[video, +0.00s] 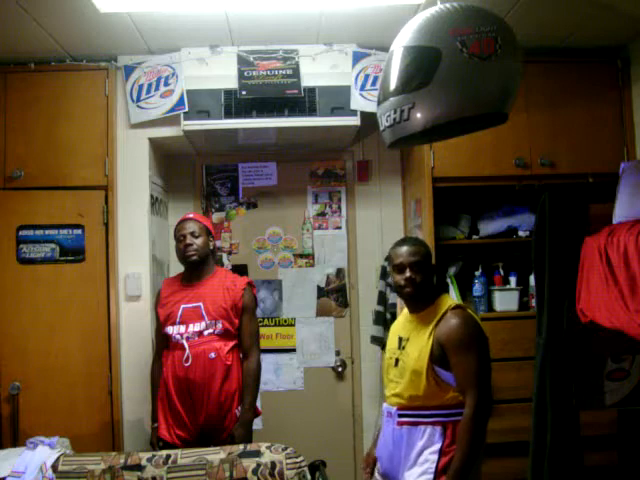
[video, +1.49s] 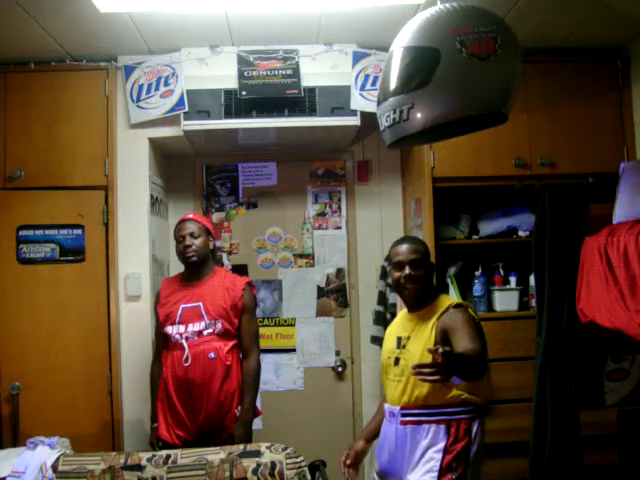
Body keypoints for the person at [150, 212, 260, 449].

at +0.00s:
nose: (187, 241)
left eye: (195, 235)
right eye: (180, 238)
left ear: (211, 242)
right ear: (176, 248)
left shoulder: (237, 288)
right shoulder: (167, 290)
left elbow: (251, 355)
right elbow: (160, 355)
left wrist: (246, 417)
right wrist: (157, 419)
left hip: (225, 416)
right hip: (176, 416)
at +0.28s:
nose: (187, 241)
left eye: (195, 235)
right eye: (180, 238)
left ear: (211, 242)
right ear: (176, 248)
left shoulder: (237, 288)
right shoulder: (167, 290)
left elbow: (251, 355)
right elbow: (160, 355)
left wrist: (246, 417)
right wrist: (157, 420)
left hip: (225, 416)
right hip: (176, 417)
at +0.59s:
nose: (187, 241)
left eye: (195, 235)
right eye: (180, 238)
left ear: (211, 242)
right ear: (175, 248)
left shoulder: (237, 288)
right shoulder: (166, 290)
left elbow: (251, 355)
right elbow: (159, 356)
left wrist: (245, 418)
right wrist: (156, 420)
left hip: (225, 417)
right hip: (175, 418)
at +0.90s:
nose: (186, 241)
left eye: (194, 234)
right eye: (179, 237)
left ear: (210, 242)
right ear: (175, 248)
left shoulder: (237, 288)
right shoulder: (166, 290)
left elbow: (251, 355)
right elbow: (159, 355)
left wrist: (245, 419)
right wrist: (157, 419)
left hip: (225, 416)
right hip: (176, 417)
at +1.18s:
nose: (186, 241)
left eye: (194, 234)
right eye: (180, 238)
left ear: (210, 242)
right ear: (176, 248)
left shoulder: (237, 288)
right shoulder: (166, 290)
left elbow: (251, 355)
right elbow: (159, 356)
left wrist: (245, 418)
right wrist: (157, 419)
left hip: (225, 416)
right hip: (176, 417)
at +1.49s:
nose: (187, 243)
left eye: (194, 236)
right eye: (180, 239)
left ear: (211, 242)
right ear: (176, 248)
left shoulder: (237, 288)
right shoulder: (167, 290)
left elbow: (251, 355)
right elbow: (160, 355)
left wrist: (245, 418)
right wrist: (157, 419)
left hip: (225, 416)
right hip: (176, 417)